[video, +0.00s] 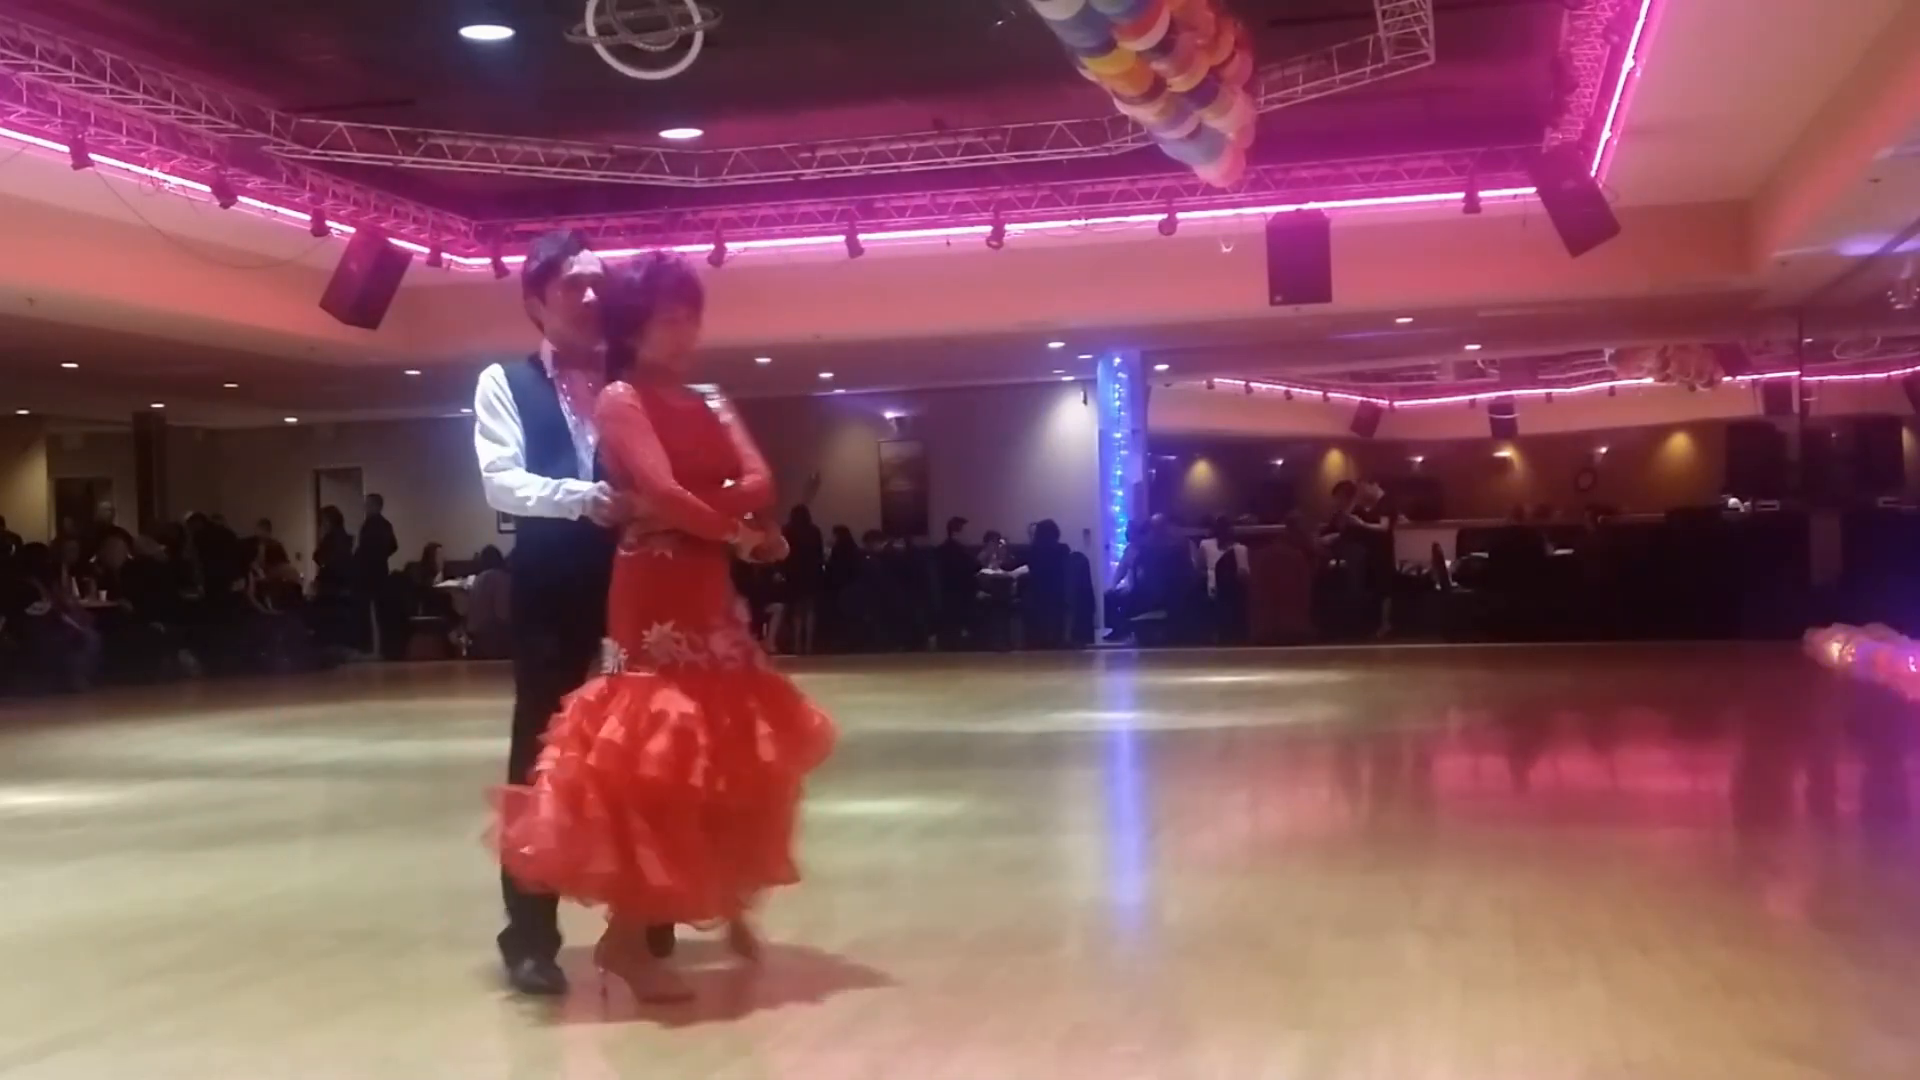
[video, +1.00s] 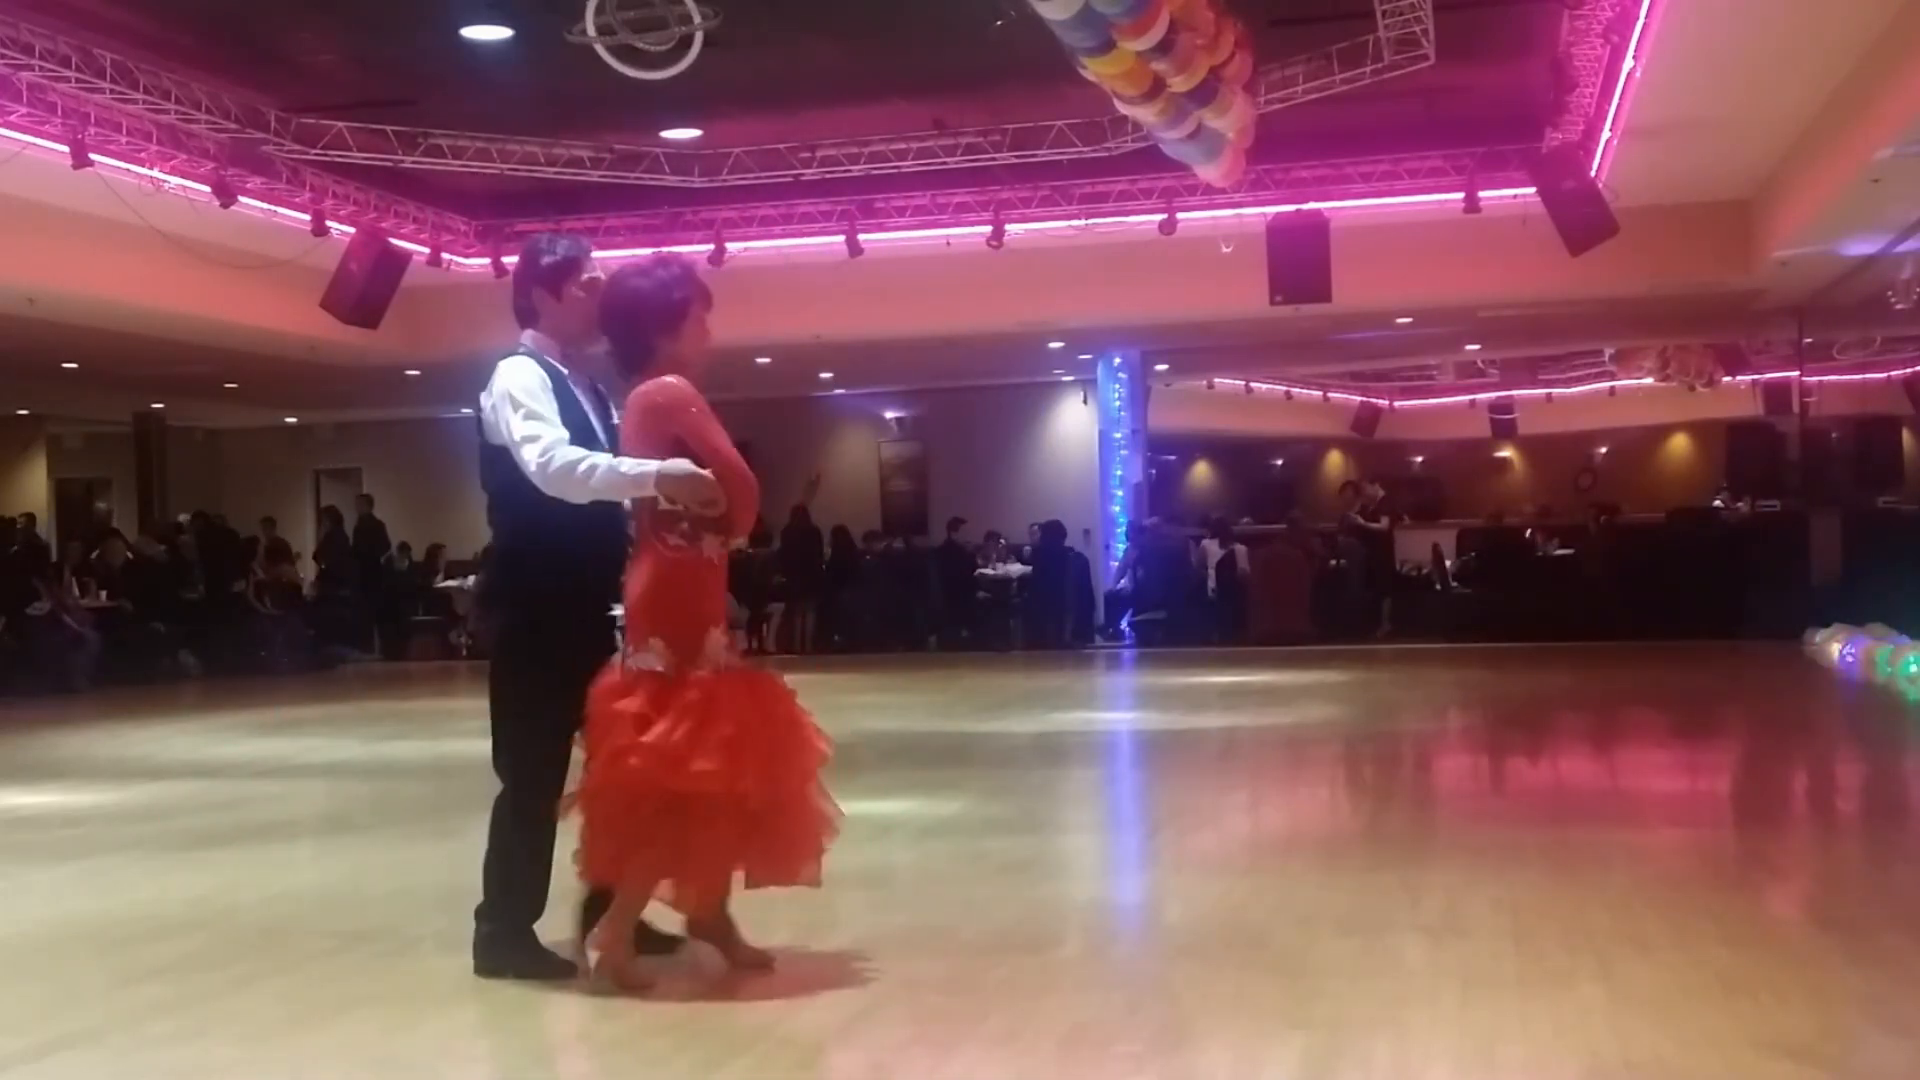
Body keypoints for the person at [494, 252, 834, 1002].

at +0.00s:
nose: (687, 331)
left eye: (692, 316)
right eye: (671, 318)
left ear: (699, 322)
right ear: (633, 326)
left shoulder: (711, 402)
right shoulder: (620, 403)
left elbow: (760, 483)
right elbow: (665, 496)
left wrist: (682, 509)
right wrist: (743, 531)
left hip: (711, 590)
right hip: (651, 594)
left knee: (728, 750)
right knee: (664, 761)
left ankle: (727, 896)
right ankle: (628, 935)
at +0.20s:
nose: (690, 338)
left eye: (704, 323)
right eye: (679, 326)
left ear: (739, 332)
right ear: (670, 338)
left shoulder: (776, 412)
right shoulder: (658, 413)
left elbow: (782, 502)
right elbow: (648, 508)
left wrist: (688, 523)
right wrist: (750, 553)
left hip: (756, 600)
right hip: (680, 600)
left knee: (766, 754)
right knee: (677, 755)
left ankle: (773, 909)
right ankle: (669, 917)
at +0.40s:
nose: (696, 329)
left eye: (710, 315)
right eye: (691, 317)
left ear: (749, 322)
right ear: (687, 329)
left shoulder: (787, 399)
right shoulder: (675, 399)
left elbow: (783, 483)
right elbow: (650, 487)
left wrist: (691, 505)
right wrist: (741, 531)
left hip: (765, 586)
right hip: (694, 590)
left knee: (769, 743)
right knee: (699, 744)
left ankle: (773, 900)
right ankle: (710, 896)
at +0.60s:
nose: (695, 327)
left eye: (709, 314)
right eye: (687, 317)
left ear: (745, 327)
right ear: (680, 334)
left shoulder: (781, 406)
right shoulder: (668, 405)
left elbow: (789, 489)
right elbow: (662, 494)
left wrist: (695, 511)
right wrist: (755, 541)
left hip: (763, 591)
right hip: (690, 592)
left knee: (761, 748)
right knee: (698, 750)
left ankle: (746, 911)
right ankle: (704, 906)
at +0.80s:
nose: (709, 337)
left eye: (719, 326)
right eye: (694, 327)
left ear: (736, 339)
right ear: (669, 340)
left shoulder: (754, 420)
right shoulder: (662, 409)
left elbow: (793, 498)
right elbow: (698, 492)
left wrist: (729, 513)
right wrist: (761, 536)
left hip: (744, 586)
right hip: (681, 587)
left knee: (758, 745)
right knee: (689, 746)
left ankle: (738, 909)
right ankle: (649, 888)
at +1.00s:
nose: (710, 331)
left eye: (706, 316)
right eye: (700, 318)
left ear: (638, 329)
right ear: (670, 324)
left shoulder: (646, 396)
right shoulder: (673, 394)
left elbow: (686, 484)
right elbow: (740, 484)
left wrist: (720, 522)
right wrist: (726, 530)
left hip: (666, 580)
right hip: (681, 583)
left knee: (711, 751)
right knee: (673, 761)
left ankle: (709, 909)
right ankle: (616, 929)